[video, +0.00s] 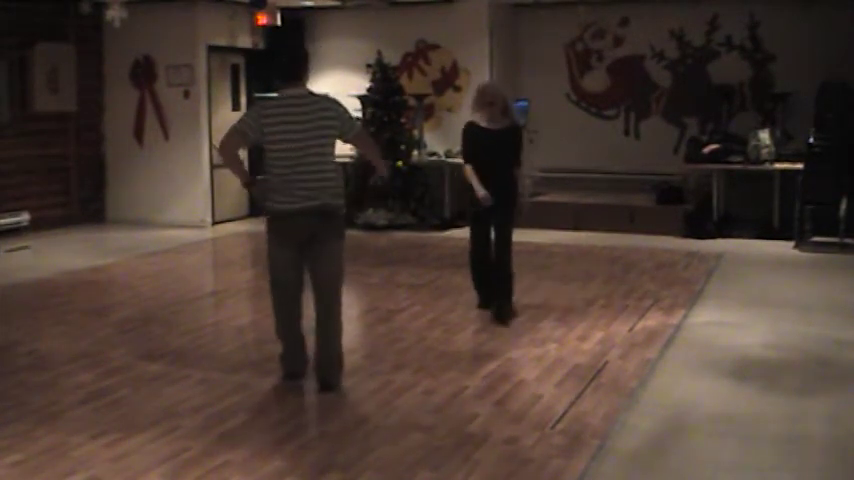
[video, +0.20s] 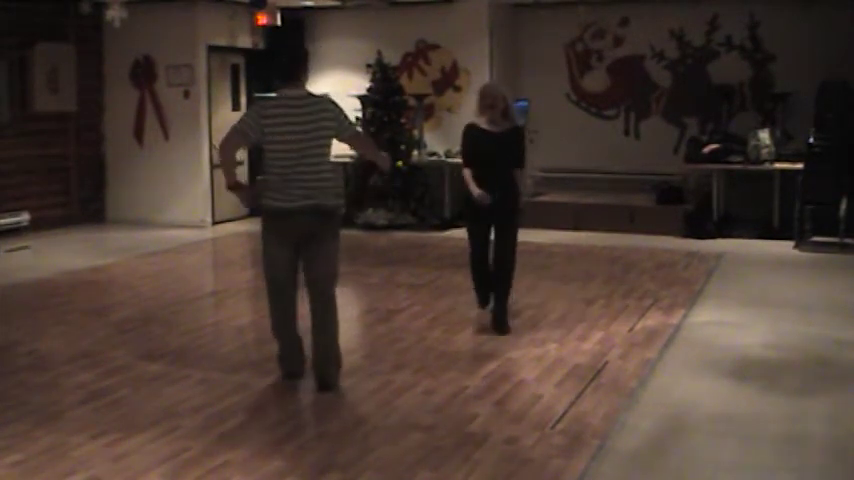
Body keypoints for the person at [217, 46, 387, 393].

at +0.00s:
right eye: (302, 64)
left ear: (274, 72)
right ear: (305, 69)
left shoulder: (263, 110)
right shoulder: (327, 106)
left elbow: (226, 147)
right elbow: (363, 142)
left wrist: (246, 179)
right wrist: (380, 164)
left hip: (283, 215)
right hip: (326, 212)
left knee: (285, 293)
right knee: (328, 296)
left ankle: (294, 368)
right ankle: (329, 375)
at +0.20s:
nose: (303, 69)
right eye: (303, 64)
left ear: (274, 71)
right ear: (304, 69)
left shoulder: (262, 109)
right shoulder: (324, 106)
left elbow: (227, 147)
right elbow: (358, 141)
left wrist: (233, 183)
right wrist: (380, 159)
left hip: (279, 212)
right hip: (322, 210)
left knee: (281, 291)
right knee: (323, 291)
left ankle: (291, 365)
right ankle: (327, 374)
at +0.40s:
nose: (306, 72)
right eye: (304, 66)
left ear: (269, 71)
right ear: (302, 70)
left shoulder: (258, 109)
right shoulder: (320, 106)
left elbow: (221, 149)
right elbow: (354, 141)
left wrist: (233, 189)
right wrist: (383, 160)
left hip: (279, 216)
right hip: (321, 212)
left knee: (283, 291)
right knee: (325, 287)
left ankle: (292, 364)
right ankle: (329, 365)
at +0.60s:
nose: (312, 72)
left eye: (309, 65)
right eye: (309, 66)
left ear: (274, 70)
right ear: (304, 70)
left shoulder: (259, 106)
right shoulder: (322, 106)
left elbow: (225, 143)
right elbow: (358, 145)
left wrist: (246, 179)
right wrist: (392, 165)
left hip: (279, 212)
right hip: (323, 208)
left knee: (285, 290)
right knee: (332, 284)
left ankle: (292, 362)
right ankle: (336, 359)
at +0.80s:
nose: (319, 73)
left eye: (317, 66)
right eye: (317, 66)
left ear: (280, 69)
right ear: (310, 69)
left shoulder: (262, 106)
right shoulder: (324, 106)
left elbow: (228, 140)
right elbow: (360, 148)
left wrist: (234, 182)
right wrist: (398, 172)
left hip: (281, 210)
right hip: (324, 208)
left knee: (286, 289)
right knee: (333, 285)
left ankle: (291, 362)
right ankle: (337, 358)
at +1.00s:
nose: (324, 71)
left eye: (322, 65)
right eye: (321, 65)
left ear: (286, 68)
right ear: (313, 68)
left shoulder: (266, 105)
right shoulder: (327, 108)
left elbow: (231, 135)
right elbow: (357, 154)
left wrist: (236, 179)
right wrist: (399, 171)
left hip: (284, 212)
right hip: (326, 211)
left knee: (286, 290)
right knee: (333, 286)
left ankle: (291, 363)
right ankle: (337, 358)